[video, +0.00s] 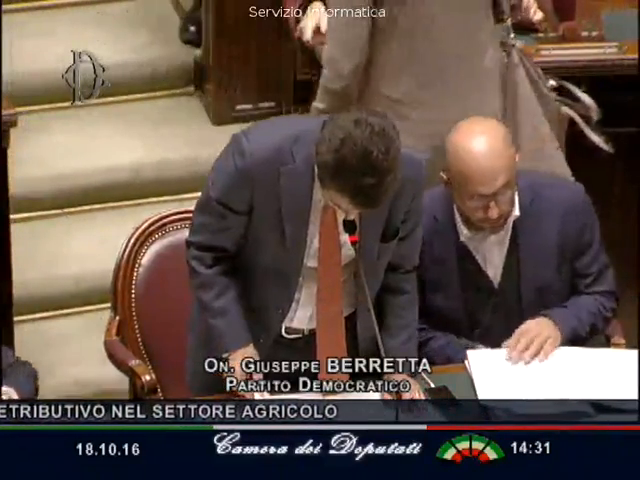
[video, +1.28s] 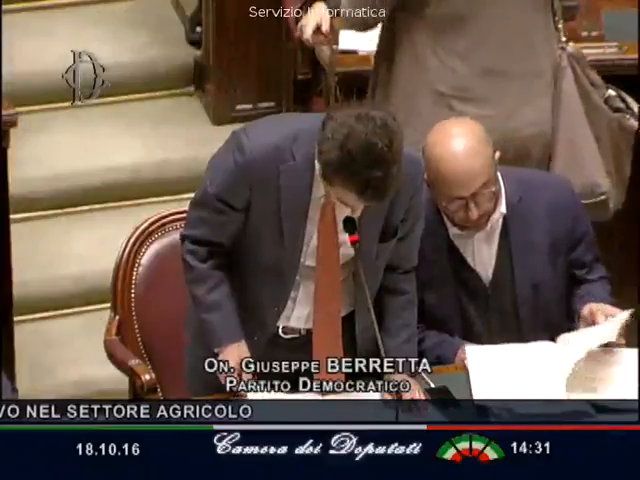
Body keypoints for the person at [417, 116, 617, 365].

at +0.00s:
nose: (494, 211)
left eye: (504, 192)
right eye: (478, 199)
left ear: (516, 160)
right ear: (447, 181)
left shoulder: (567, 204)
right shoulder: (421, 220)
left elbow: (600, 295)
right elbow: (408, 326)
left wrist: (557, 323)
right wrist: (475, 358)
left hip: (560, 369)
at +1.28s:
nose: (474, 212)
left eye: (484, 192)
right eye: (456, 202)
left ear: (496, 159)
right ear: (428, 183)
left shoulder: (553, 198)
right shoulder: (408, 223)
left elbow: (588, 273)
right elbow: (398, 325)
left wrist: (592, 304)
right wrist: (455, 353)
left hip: (553, 371)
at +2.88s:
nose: (481, 207)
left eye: (486, 187)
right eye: (462, 199)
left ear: (492, 158)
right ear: (431, 189)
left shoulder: (551, 198)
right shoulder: (410, 226)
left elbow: (595, 283)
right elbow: (403, 328)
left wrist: (560, 314)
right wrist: (456, 353)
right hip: (462, 379)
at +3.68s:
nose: (473, 210)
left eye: (480, 191)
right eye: (455, 200)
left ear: (493, 161)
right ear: (428, 188)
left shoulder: (553, 198)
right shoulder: (408, 224)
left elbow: (594, 279)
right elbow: (396, 326)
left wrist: (583, 312)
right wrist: (446, 350)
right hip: (461, 382)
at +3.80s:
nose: (471, 212)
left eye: (481, 192)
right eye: (454, 201)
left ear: (493, 159)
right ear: (429, 188)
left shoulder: (552, 198)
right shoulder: (408, 224)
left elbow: (591, 273)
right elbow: (399, 329)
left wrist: (585, 300)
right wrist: (444, 349)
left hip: (554, 374)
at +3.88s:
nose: (472, 211)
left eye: (481, 192)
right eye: (455, 201)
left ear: (493, 161)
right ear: (429, 188)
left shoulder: (552, 197)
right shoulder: (407, 224)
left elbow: (588, 268)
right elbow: (396, 326)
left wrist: (590, 301)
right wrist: (444, 349)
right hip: (463, 385)